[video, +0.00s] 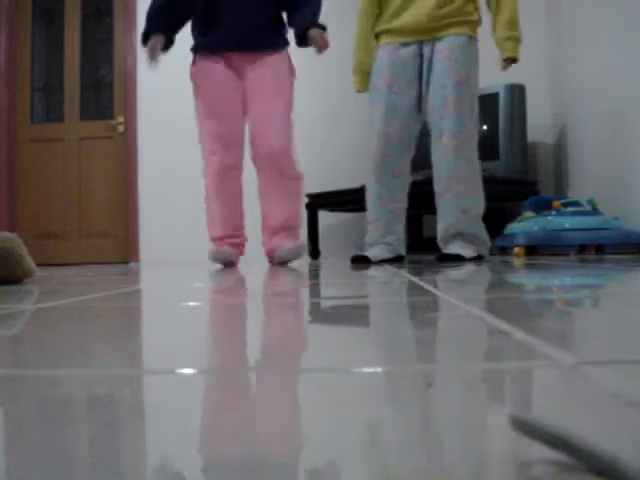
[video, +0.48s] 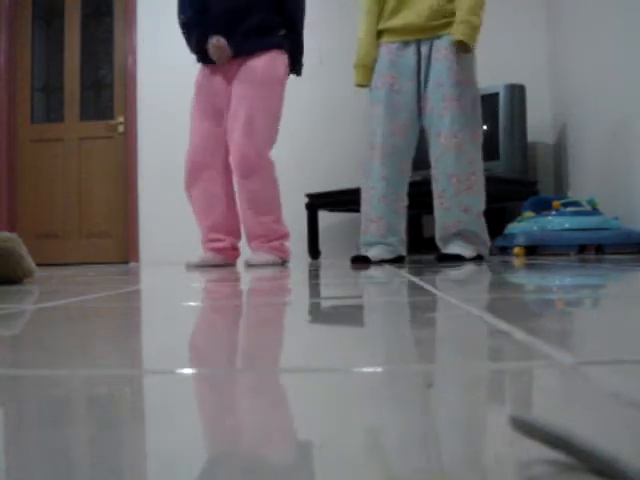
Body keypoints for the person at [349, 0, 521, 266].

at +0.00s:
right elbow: (369, 5)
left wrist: (507, 32)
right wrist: (363, 59)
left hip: (453, 22)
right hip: (394, 26)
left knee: (453, 137)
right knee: (388, 141)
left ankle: (463, 242)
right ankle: (384, 245)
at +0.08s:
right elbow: (369, 5)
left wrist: (509, 35)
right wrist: (362, 58)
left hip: (453, 22)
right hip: (394, 26)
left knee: (452, 135)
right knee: (386, 140)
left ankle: (462, 242)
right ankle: (384, 245)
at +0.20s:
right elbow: (372, 4)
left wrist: (509, 37)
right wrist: (364, 53)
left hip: (451, 26)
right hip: (393, 30)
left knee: (453, 137)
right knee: (384, 139)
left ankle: (462, 242)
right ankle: (382, 245)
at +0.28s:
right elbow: (370, 4)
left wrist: (496, 33)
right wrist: (365, 53)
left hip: (451, 26)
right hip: (392, 29)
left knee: (454, 138)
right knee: (386, 141)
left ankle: (462, 241)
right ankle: (382, 244)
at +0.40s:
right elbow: (371, 4)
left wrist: (475, 27)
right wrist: (365, 50)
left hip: (449, 29)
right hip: (392, 32)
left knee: (453, 139)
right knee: (386, 143)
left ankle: (462, 241)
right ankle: (383, 244)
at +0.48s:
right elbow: (372, 4)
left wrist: (467, 23)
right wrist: (366, 52)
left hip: (447, 33)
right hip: (393, 37)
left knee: (453, 141)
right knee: (386, 144)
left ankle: (463, 242)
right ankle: (384, 245)